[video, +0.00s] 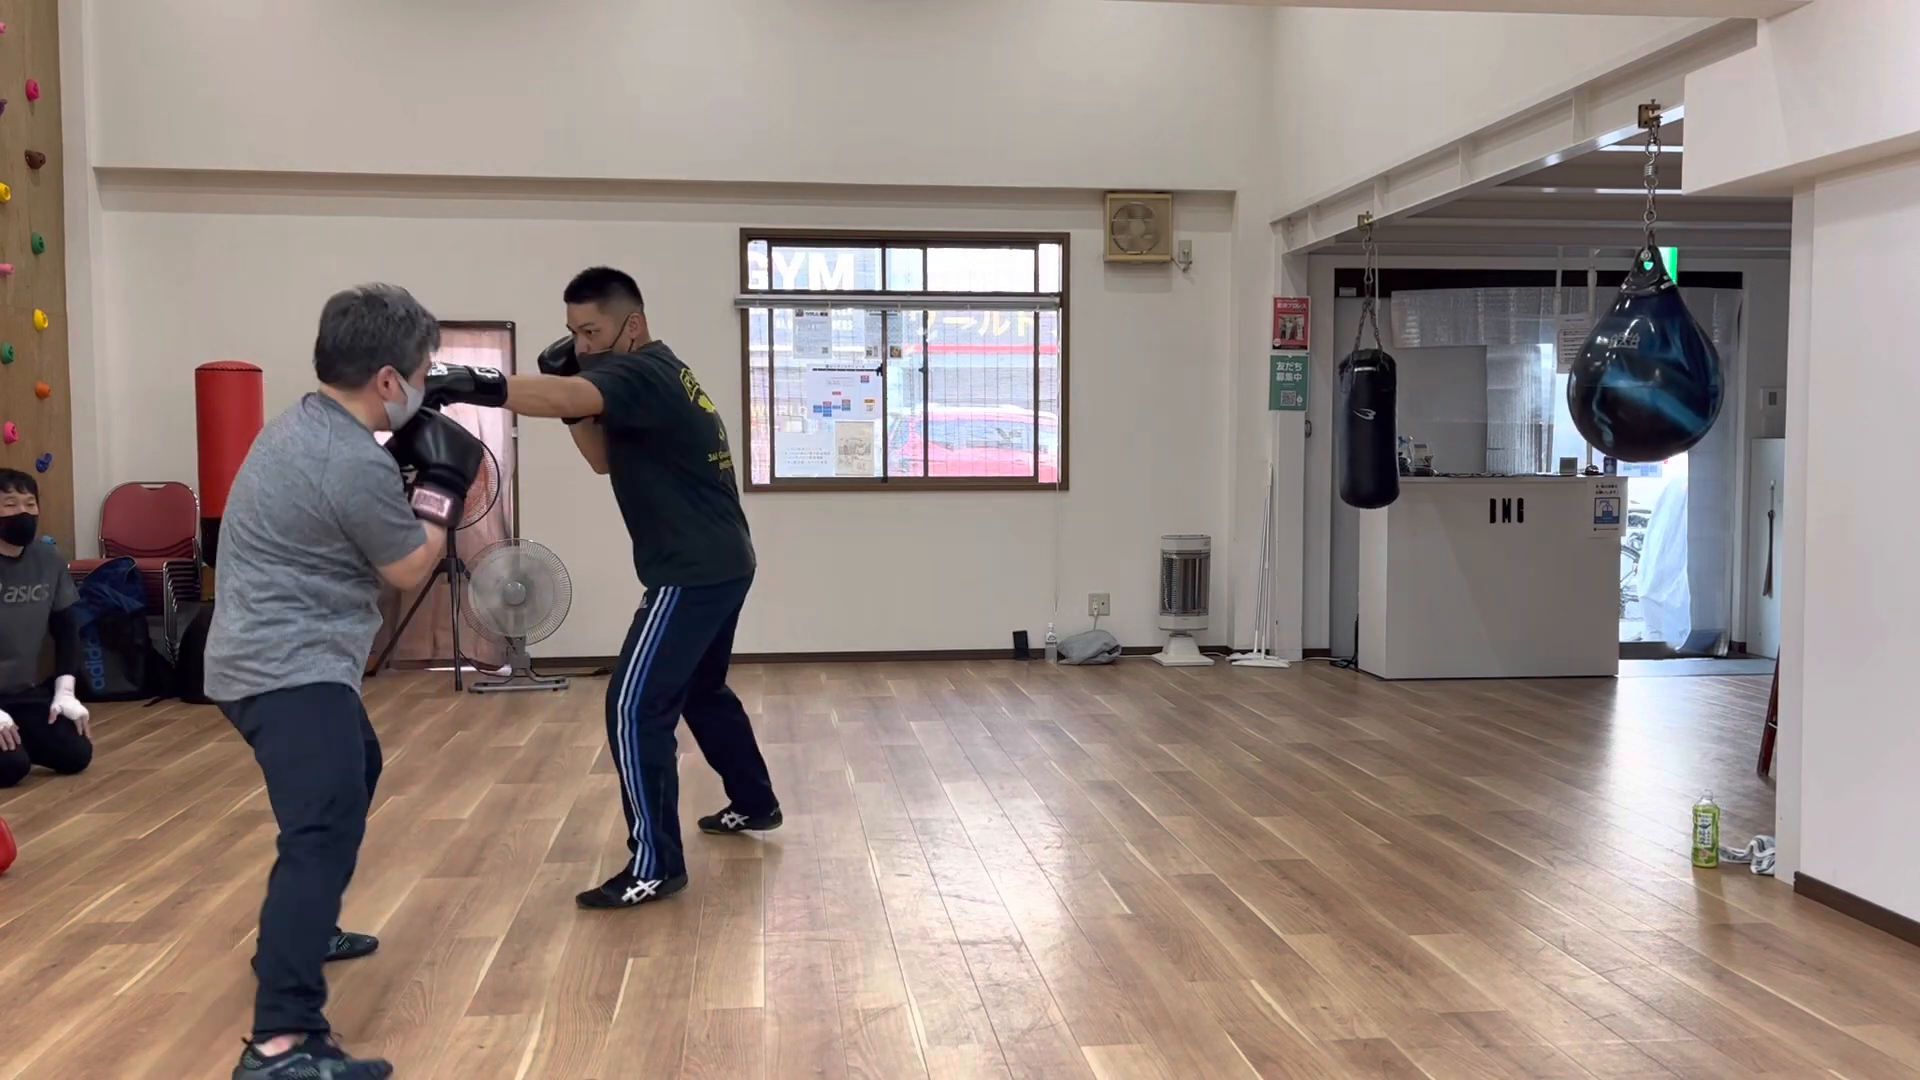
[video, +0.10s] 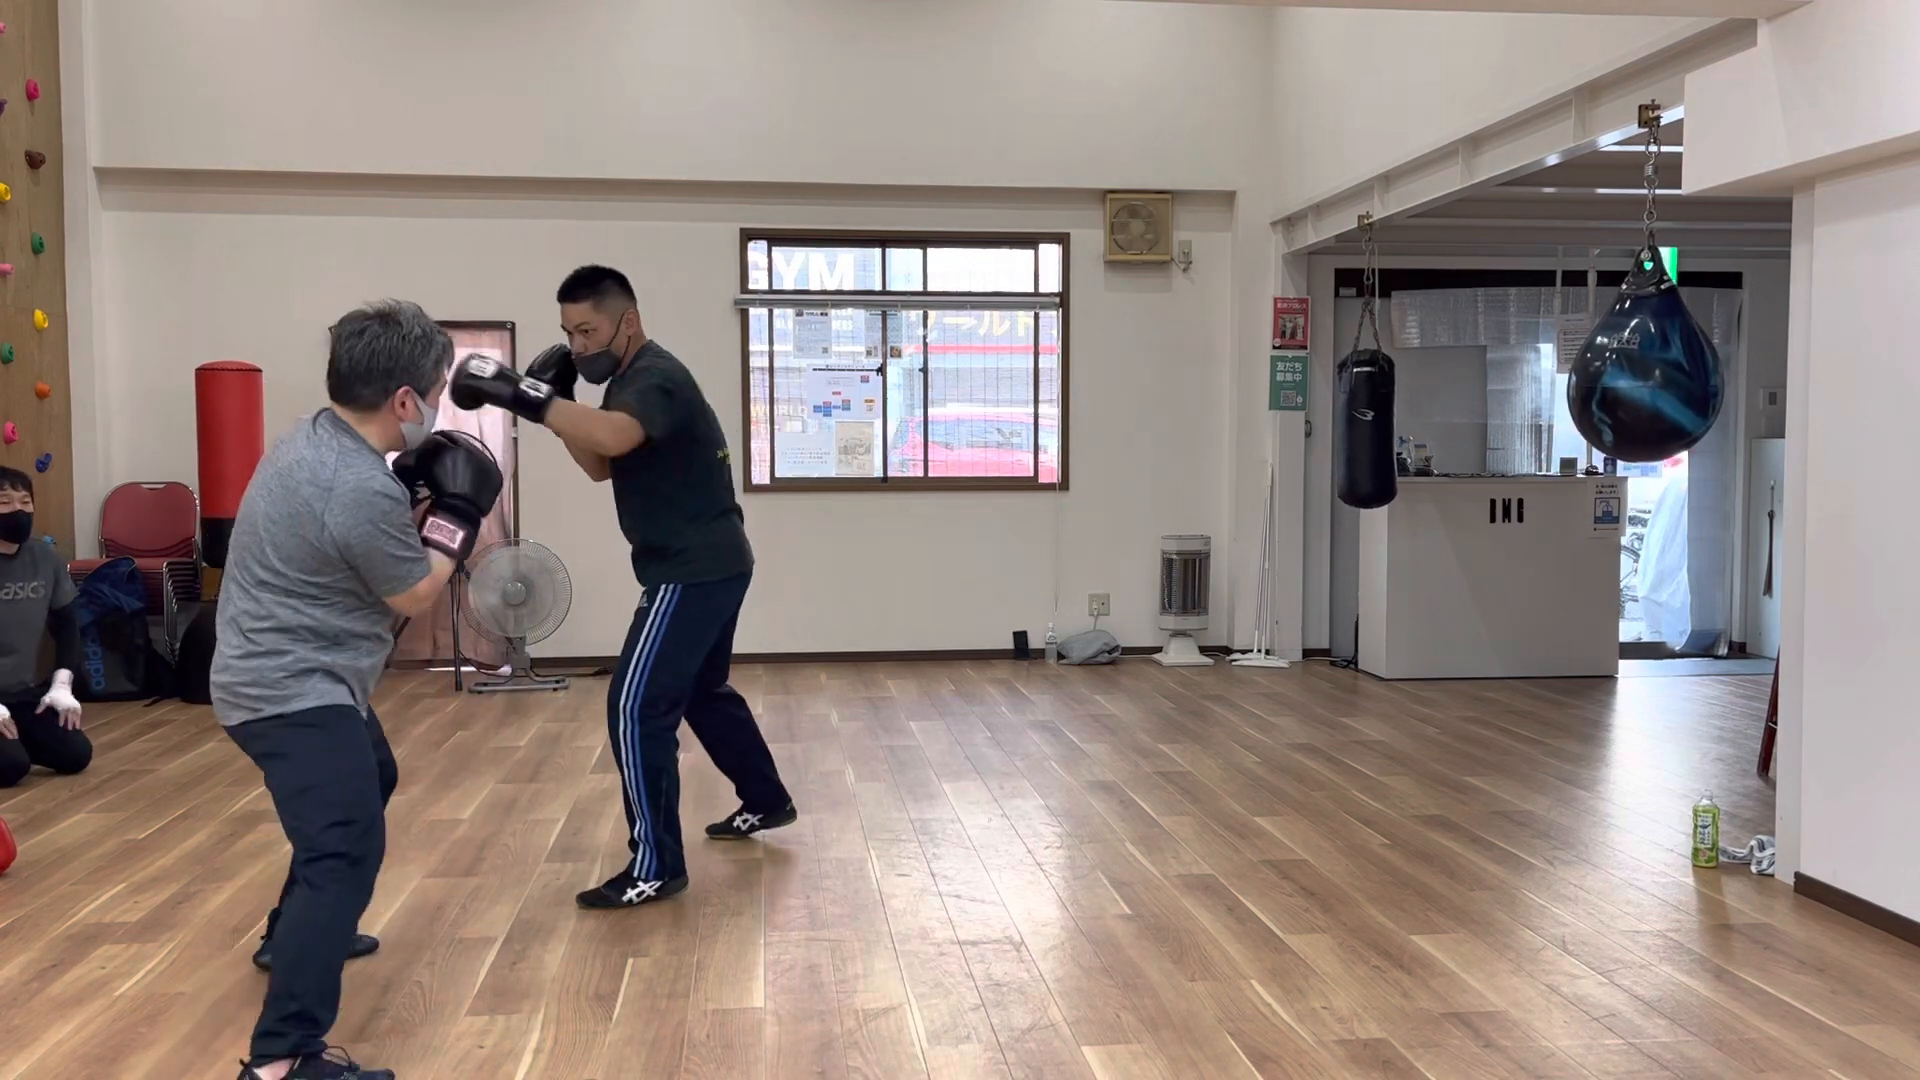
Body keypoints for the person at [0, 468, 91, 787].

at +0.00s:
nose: (22, 512)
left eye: (29, 503)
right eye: (10, 504)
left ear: (38, 510)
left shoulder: (48, 561)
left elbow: (67, 630)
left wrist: (65, 690)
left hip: (25, 693)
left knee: (75, 755)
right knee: (11, 767)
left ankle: (10, 730)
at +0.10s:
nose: (18, 509)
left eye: (24, 501)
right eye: (5, 501)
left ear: (34, 507)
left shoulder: (44, 559)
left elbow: (67, 627)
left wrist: (62, 684)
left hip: (23, 694)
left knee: (75, 755)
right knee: (12, 765)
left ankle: (10, 732)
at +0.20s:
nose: (13, 507)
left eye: (19, 499)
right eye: (3, 499)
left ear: (29, 506)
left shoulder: (41, 557)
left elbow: (67, 621)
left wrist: (56, 677)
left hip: (20, 692)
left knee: (76, 756)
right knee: (11, 764)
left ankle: (11, 731)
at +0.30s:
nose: (11, 507)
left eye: (17, 499)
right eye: (2, 499)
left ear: (26, 504)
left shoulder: (38, 556)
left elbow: (68, 619)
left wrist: (51, 673)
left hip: (18, 689)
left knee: (76, 756)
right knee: (9, 766)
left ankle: (9, 731)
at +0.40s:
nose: (8, 505)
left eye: (14, 497)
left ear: (23, 504)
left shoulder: (32, 552)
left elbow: (65, 615)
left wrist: (49, 675)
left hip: (17, 691)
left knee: (75, 756)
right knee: (4, 766)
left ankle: (3, 740)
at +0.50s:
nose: (6, 506)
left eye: (12, 498)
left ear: (20, 503)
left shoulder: (30, 552)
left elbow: (61, 616)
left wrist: (48, 678)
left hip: (16, 692)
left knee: (75, 756)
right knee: (2, 767)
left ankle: (2, 741)